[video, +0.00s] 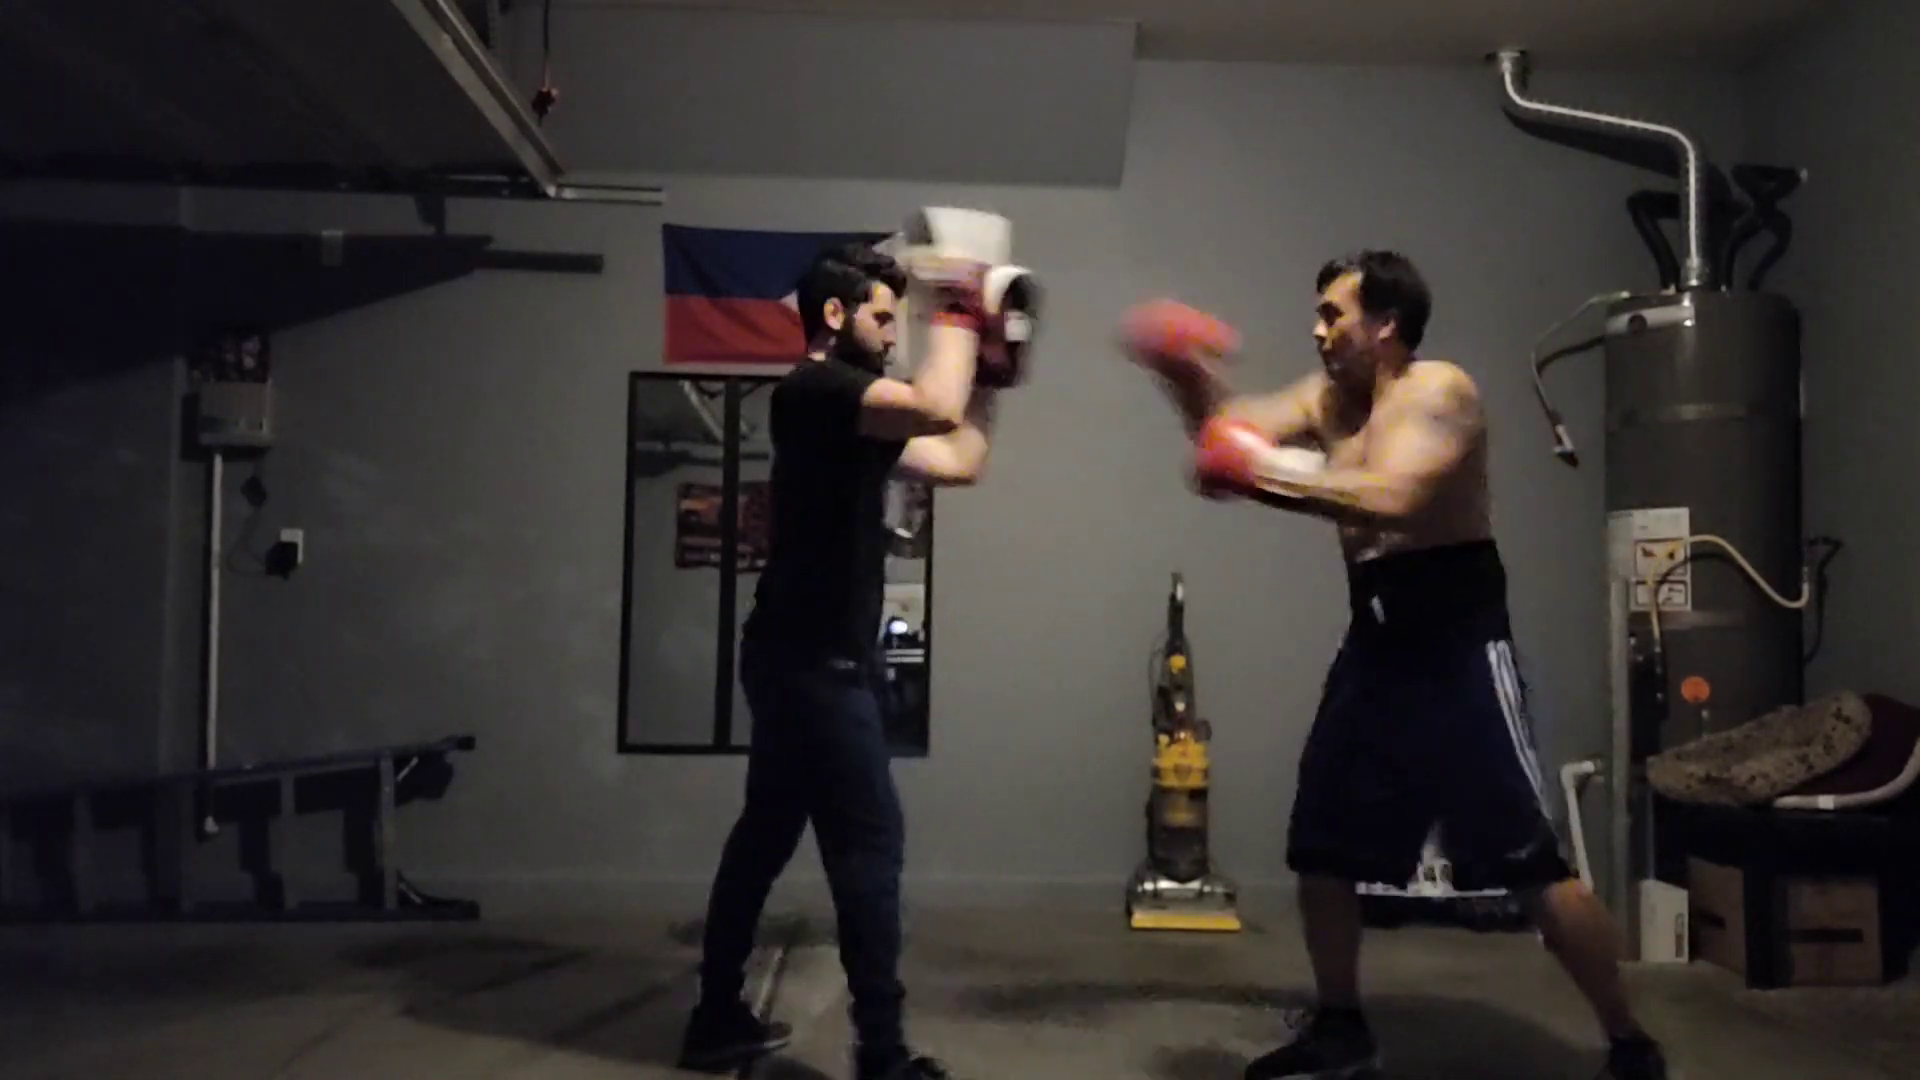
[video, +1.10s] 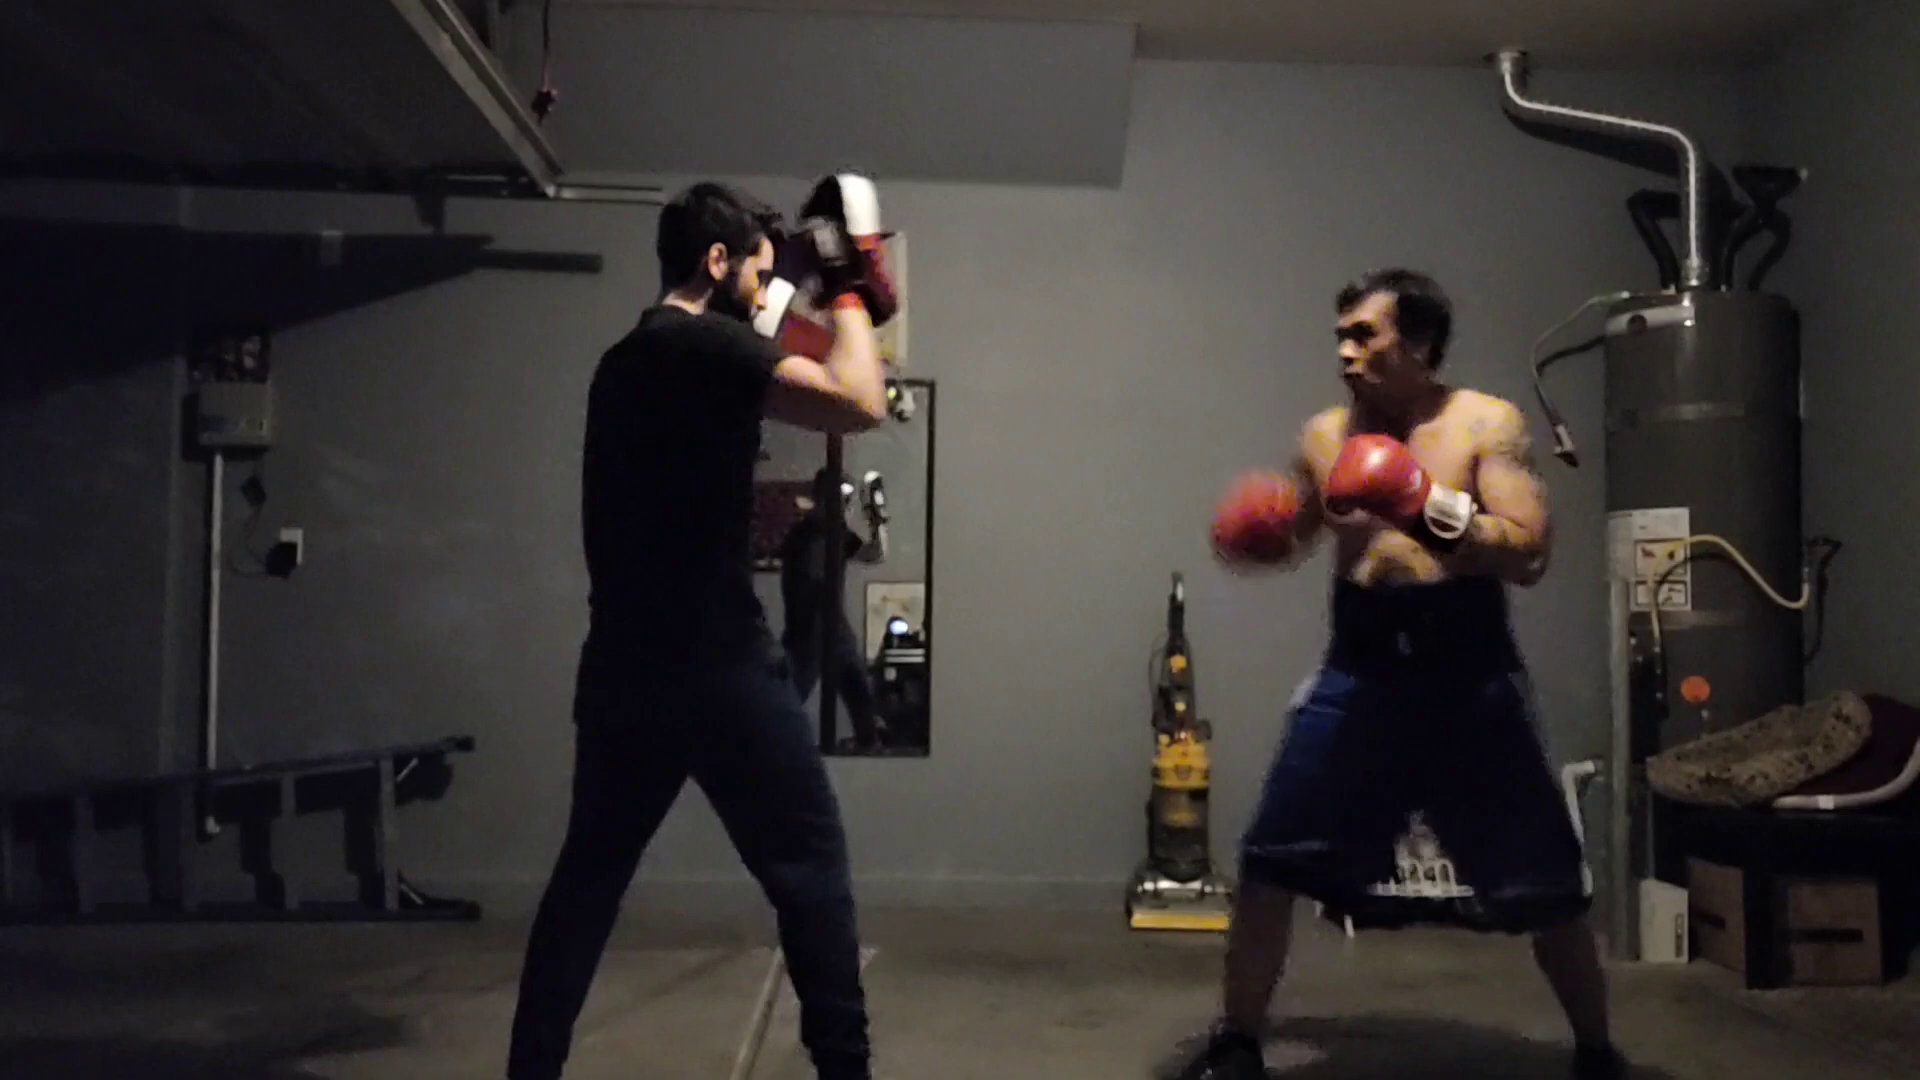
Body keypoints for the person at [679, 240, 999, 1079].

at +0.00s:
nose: (893, 332)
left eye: (895, 318)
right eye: (880, 315)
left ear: (837, 320)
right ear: (832, 314)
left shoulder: (850, 405)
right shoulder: (817, 385)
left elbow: (960, 461)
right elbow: (937, 400)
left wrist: (988, 370)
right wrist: (950, 308)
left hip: (807, 656)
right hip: (816, 659)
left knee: (764, 835)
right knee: (871, 845)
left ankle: (715, 1014)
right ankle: (882, 1050)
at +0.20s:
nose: (890, 320)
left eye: (889, 307)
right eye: (880, 304)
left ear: (824, 310)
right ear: (836, 308)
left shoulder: (787, 395)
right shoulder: (832, 377)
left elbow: (899, 486)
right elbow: (955, 363)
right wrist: (956, 266)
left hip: (776, 647)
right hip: (833, 651)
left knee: (782, 830)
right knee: (882, 837)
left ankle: (720, 1019)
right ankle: (827, 1049)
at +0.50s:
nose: (873, 304)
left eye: (873, 289)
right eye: (867, 287)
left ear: (796, 283)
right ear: (822, 279)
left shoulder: (740, 374)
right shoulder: (824, 357)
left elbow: (936, 418)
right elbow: (962, 413)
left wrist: (1018, 363)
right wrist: (1016, 330)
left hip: (735, 646)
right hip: (820, 651)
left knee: (721, 835)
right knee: (829, 859)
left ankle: (643, 1035)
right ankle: (811, 1059)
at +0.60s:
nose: (857, 299)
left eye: (859, 283)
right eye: (851, 281)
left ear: (780, 276)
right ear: (804, 274)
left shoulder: (729, 365)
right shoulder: (800, 359)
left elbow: (886, 440)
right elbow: (916, 436)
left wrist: (971, 379)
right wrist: (964, 346)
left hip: (718, 645)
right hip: (800, 652)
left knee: (683, 841)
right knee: (823, 859)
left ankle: (574, 1045)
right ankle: (812, 1063)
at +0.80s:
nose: (808, 324)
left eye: (810, 307)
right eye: (800, 303)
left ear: (736, 296)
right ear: (752, 292)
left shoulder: (678, 377)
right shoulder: (723, 371)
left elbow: (730, 533)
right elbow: (825, 458)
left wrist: (794, 514)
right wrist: (846, 352)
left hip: (657, 675)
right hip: (733, 679)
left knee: (599, 877)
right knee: (820, 860)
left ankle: (533, 1063)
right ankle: (813, 1065)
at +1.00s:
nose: (767, 296)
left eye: (771, 281)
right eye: (763, 278)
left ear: (681, 270)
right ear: (719, 267)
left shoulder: (630, 360)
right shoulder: (700, 344)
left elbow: (671, 503)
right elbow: (817, 415)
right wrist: (817, 318)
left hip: (628, 655)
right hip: (711, 657)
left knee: (591, 868)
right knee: (802, 853)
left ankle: (532, 1063)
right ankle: (831, 1061)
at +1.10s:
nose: (765, 291)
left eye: (766, 273)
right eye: (761, 270)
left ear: (675, 262)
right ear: (724, 262)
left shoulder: (622, 361)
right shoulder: (717, 348)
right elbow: (860, 401)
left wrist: (810, 313)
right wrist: (850, 301)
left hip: (624, 658)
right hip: (718, 661)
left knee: (587, 873)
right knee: (808, 863)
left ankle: (531, 1064)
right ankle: (844, 1062)